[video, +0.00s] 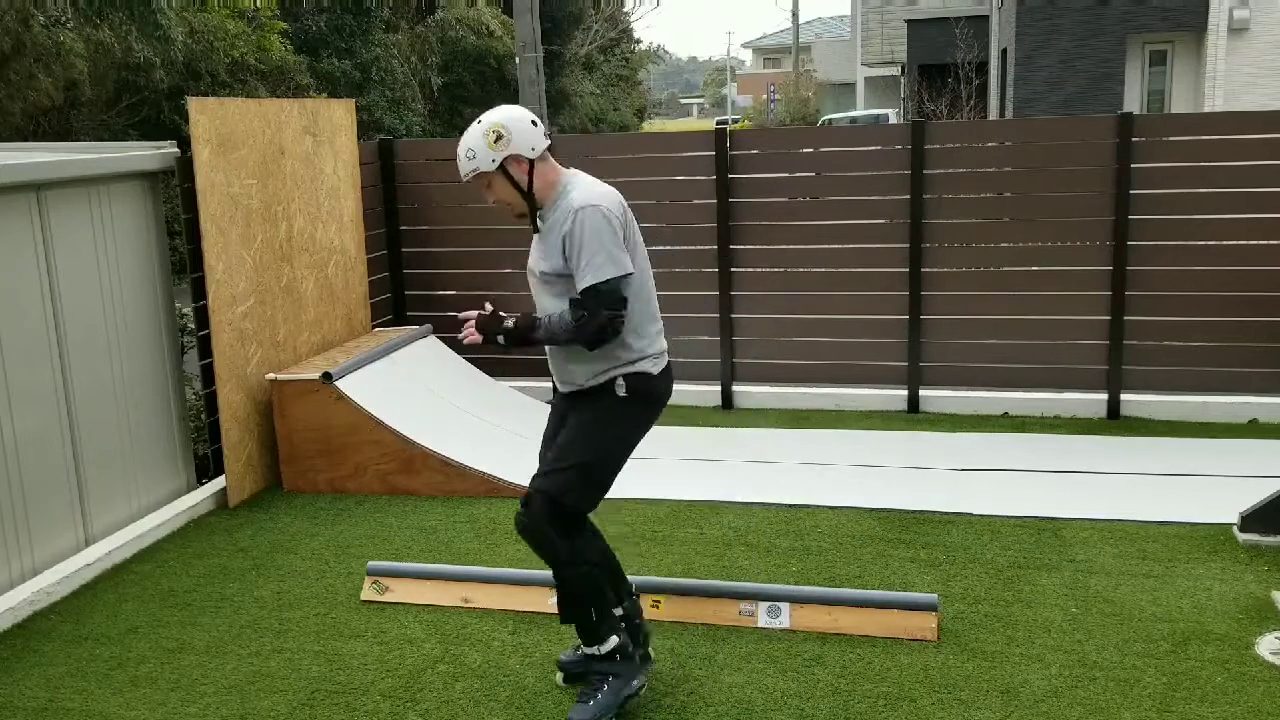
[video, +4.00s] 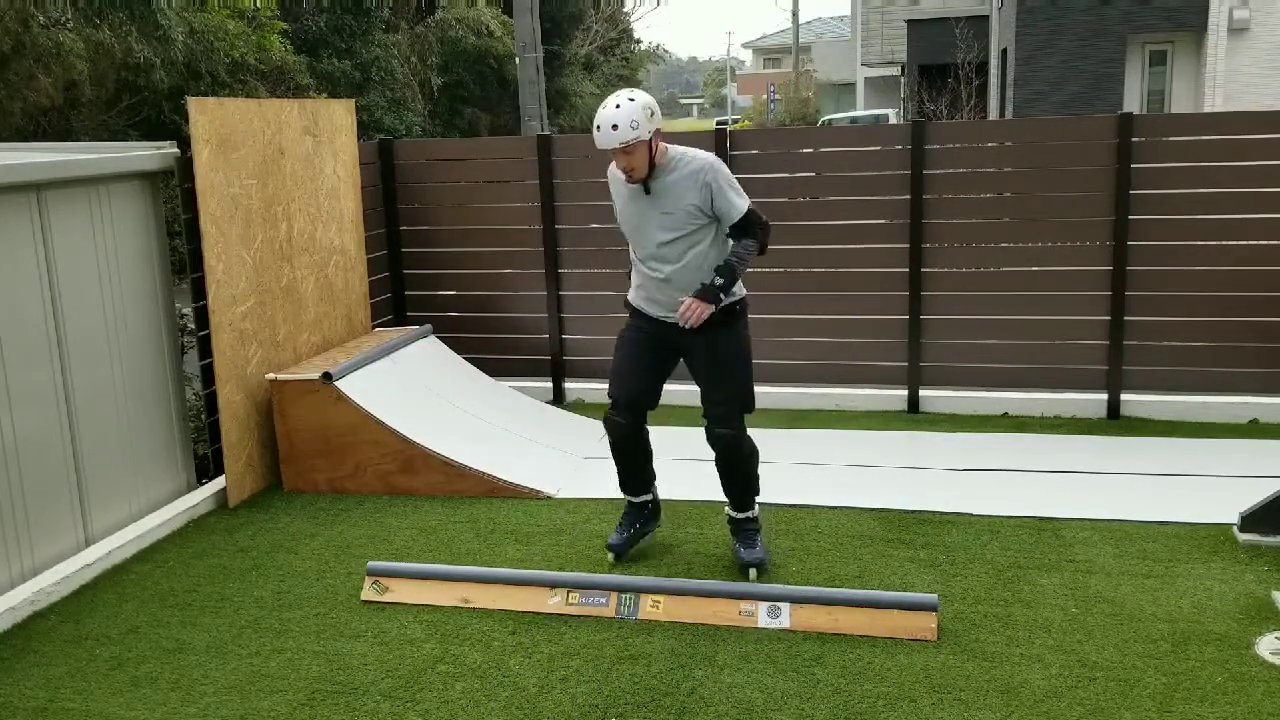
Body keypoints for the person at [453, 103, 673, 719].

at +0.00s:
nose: (489, 195)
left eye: (489, 182)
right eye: (483, 185)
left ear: (520, 166)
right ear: (523, 167)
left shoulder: (587, 209)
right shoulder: (558, 213)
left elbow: (600, 319)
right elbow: (573, 315)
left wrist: (518, 329)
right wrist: (510, 326)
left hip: (622, 384)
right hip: (583, 385)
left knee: (549, 514)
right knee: (547, 514)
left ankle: (626, 653)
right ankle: (609, 639)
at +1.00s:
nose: (621, 134)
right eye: (621, 125)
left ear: (556, 129)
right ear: (616, 125)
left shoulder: (511, 187)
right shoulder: (633, 181)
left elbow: (477, 291)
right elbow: (664, 289)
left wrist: (536, 299)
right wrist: (690, 372)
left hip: (525, 379)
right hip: (613, 381)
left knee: (532, 506)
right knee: (638, 532)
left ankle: (521, 646)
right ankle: (622, 688)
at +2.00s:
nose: (529, 143)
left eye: (524, 130)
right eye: (522, 133)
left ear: (543, 114)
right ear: (567, 101)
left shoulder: (587, 134)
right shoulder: (626, 121)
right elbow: (682, 124)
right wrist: (672, 121)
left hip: (664, 305)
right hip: (637, 300)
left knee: (595, 441)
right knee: (575, 405)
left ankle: (689, 552)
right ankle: (673, 513)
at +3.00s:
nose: (651, 254)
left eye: (659, 241)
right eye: (641, 243)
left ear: (683, 225)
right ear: (629, 228)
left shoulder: (721, 239)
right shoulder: (607, 235)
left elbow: (802, 261)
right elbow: (551, 228)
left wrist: (788, 286)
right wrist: (479, 261)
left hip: (709, 345)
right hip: (632, 344)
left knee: (737, 435)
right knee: (595, 440)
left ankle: (760, 549)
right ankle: (566, 541)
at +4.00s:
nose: (619, 162)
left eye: (627, 150)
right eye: (613, 153)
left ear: (655, 140)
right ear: (608, 147)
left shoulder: (705, 170)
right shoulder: (617, 180)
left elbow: (753, 231)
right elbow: (647, 237)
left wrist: (712, 291)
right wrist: (650, 292)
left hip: (715, 321)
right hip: (649, 319)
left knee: (727, 430)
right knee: (622, 416)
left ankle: (745, 524)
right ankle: (641, 507)